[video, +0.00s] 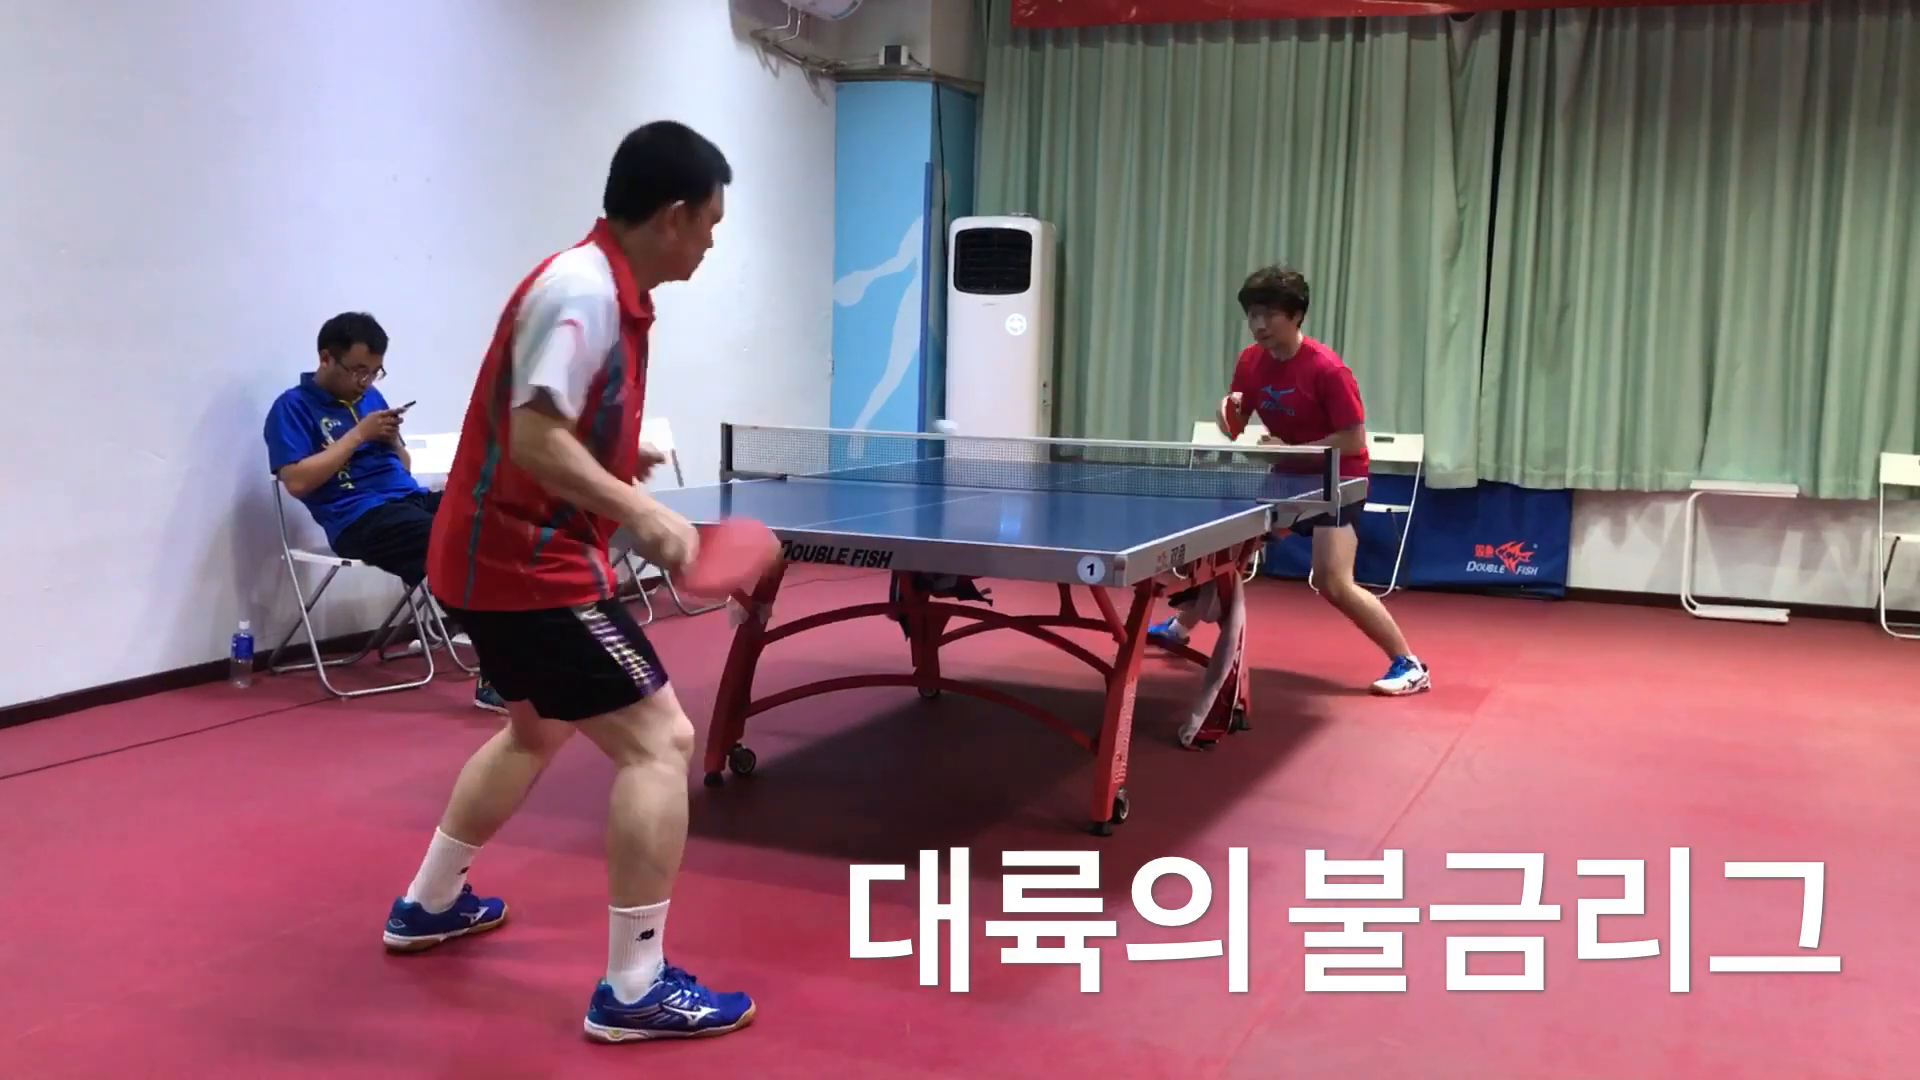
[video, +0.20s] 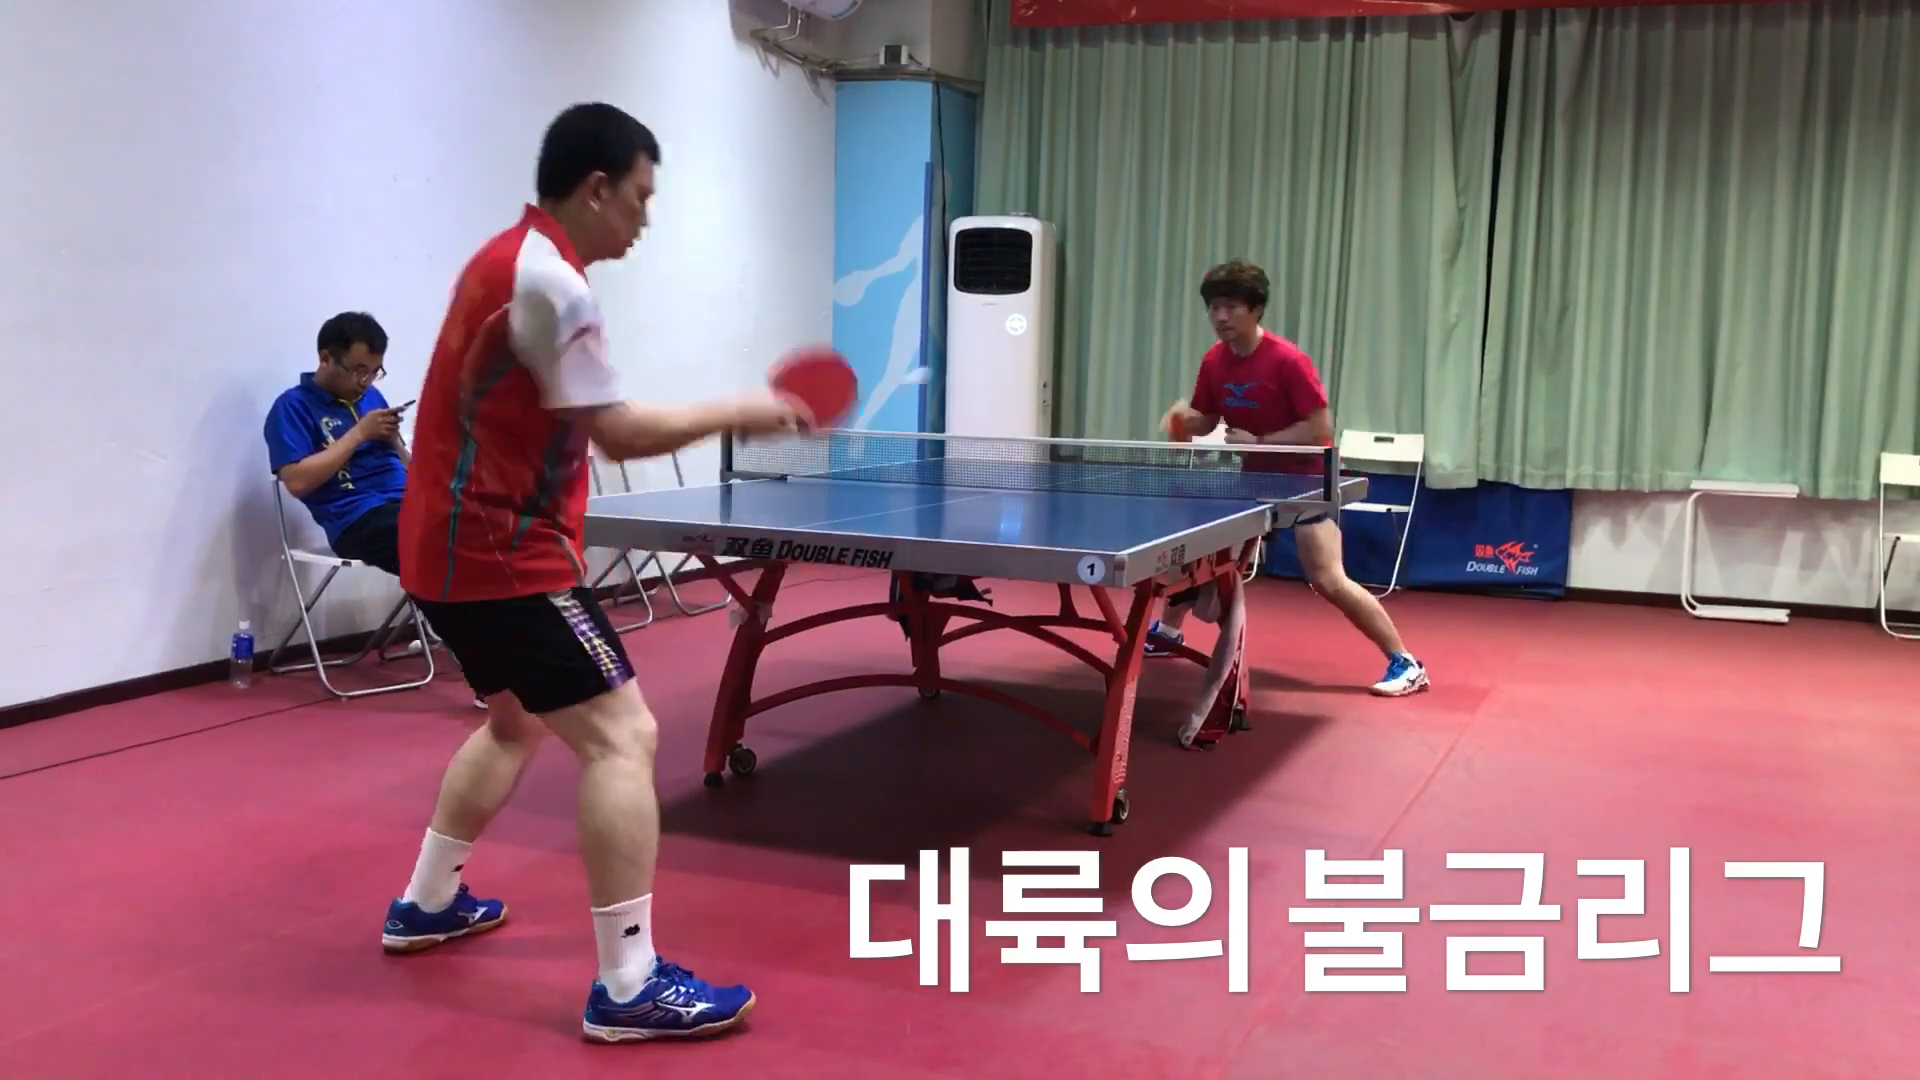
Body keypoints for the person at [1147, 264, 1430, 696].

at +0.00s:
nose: (1258, 325)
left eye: (1268, 314)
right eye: (1252, 316)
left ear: (1295, 314)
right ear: (1248, 318)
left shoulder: (1328, 370)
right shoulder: (1252, 362)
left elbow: (1354, 440)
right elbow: (1234, 428)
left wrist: (1290, 448)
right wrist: (1229, 413)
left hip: (1337, 478)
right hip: (1285, 474)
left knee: (1333, 581)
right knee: (1222, 541)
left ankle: (1408, 664)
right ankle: (1180, 628)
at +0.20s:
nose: (1220, 315)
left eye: (1231, 306)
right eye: (1214, 307)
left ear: (1256, 309)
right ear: (1208, 311)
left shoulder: (1287, 360)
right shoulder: (1215, 361)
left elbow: (1321, 428)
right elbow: (1205, 420)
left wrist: (1259, 443)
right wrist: (1181, 421)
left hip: (1305, 478)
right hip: (1252, 477)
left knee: (1328, 579)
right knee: (1189, 537)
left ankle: (1405, 662)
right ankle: (1169, 630)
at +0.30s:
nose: (1196, 313)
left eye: (1205, 303)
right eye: (1189, 304)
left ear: (1232, 305)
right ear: (1185, 306)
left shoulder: (1260, 351)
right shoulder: (1206, 353)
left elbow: (1290, 419)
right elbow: (1207, 409)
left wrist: (1231, 431)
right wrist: (1168, 427)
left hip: (1299, 470)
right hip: (1248, 470)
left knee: (1315, 572)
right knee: (1192, 540)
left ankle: (1392, 654)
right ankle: (1168, 631)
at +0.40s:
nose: (1176, 326)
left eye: (1185, 316)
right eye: (1170, 317)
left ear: (1212, 316)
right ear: (1167, 319)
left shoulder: (1238, 358)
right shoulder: (1202, 357)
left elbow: (1268, 426)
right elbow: (1214, 406)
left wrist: (1213, 435)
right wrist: (1163, 422)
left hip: (1295, 472)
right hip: (1250, 471)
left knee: (1299, 573)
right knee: (1191, 541)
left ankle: (1369, 655)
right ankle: (1169, 631)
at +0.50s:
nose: (1170, 338)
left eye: (1178, 328)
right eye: (1166, 329)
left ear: (1205, 324)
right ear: (1166, 329)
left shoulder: (1236, 366)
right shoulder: (1204, 363)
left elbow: (1266, 435)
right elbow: (1217, 411)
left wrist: (1212, 438)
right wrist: (1163, 411)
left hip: (1294, 476)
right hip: (1248, 476)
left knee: (1294, 578)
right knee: (1187, 540)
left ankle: (1365, 657)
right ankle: (1167, 632)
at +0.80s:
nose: (1196, 321)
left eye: (1204, 312)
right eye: (1192, 312)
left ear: (1234, 311)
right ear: (1190, 311)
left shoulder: (1280, 355)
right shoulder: (1195, 352)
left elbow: (1311, 422)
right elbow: (1140, 395)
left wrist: (1247, 428)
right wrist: (1134, 368)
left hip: (1297, 473)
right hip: (1236, 473)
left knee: (1309, 558)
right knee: (1172, 535)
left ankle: (1353, 654)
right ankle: (1161, 625)